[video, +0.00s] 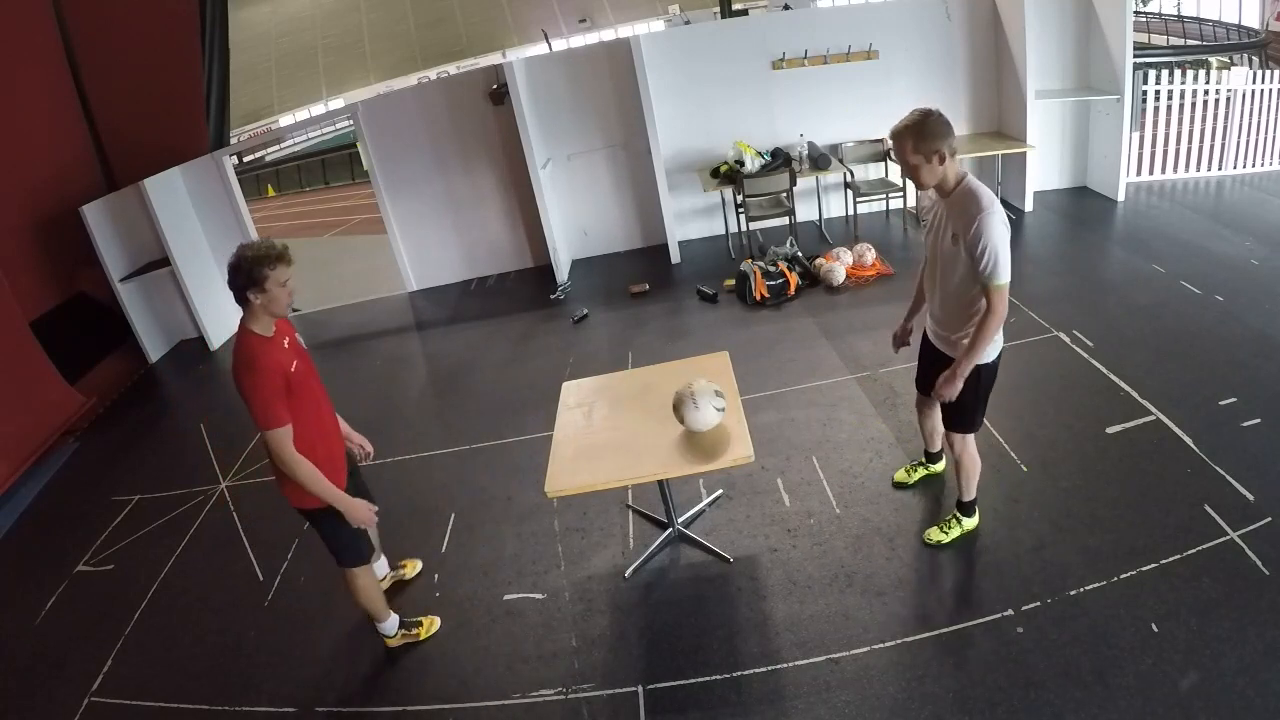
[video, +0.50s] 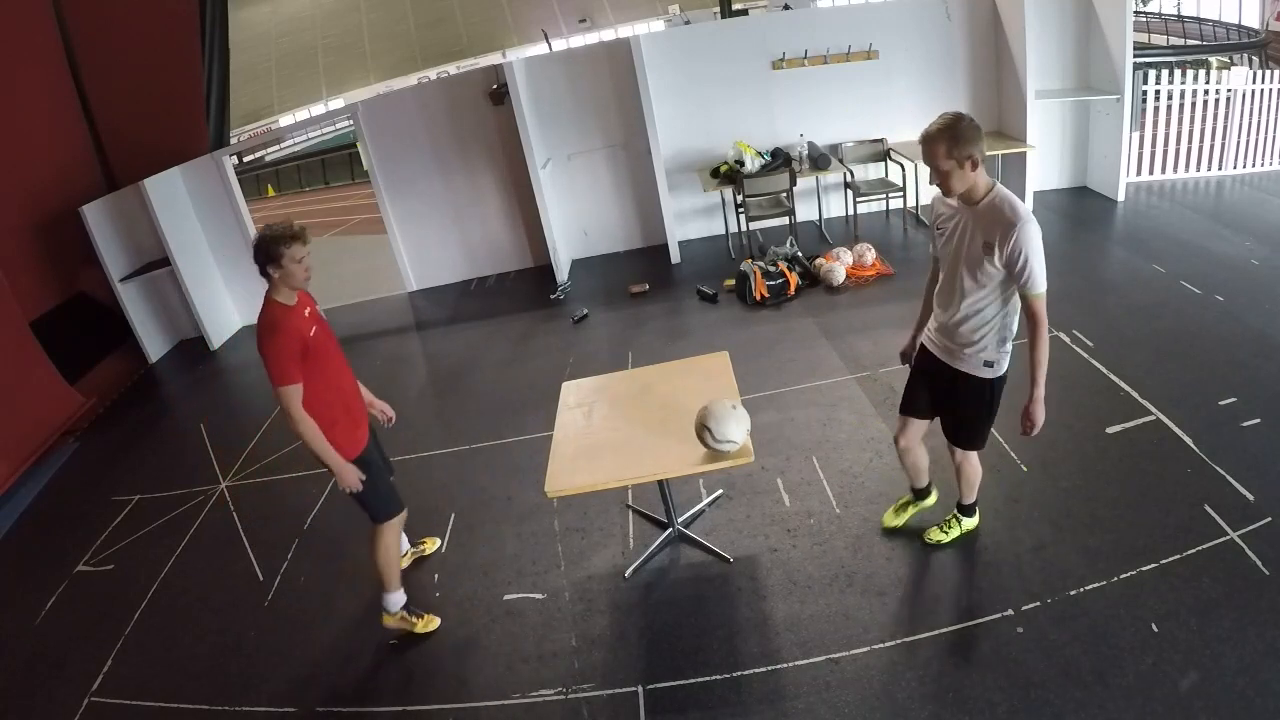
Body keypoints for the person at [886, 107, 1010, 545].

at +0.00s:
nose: (905, 174)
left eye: (909, 165)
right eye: (902, 165)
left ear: (939, 156)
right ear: (932, 157)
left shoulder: (982, 216)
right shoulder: (936, 200)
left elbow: (999, 307)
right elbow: (931, 269)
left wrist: (960, 370)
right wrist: (909, 320)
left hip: (971, 351)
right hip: (936, 336)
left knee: (959, 436)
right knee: (926, 401)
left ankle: (967, 512)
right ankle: (933, 459)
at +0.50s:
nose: (934, 179)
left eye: (940, 170)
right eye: (930, 170)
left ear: (972, 163)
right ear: (964, 162)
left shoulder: (1016, 223)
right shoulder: (941, 207)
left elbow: (1037, 319)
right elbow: (936, 276)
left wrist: (1037, 396)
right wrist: (917, 333)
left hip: (979, 362)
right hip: (934, 346)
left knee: (964, 450)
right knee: (906, 439)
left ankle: (967, 513)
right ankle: (921, 493)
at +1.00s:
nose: (920, 193)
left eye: (926, 184)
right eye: (917, 182)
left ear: (960, 178)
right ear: (918, 176)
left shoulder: (1004, 238)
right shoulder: (925, 222)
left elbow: (1022, 337)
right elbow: (916, 291)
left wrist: (1004, 418)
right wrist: (906, 346)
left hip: (963, 376)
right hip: (915, 350)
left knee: (946, 459)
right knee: (846, 414)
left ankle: (965, 515)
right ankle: (756, 505)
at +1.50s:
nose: (855, 230)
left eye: (860, 219)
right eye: (849, 221)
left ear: (889, 202)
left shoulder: (953, 244)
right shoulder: (873, 242)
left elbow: (1007, 323)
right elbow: (857, 308)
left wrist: (1027, 392)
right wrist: (823, 367)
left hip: (941, 378)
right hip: (900, 362)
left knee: (850, 457)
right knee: (889, 460)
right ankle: (896, 530)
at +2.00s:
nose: (830, 228)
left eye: (835, 218)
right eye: (827, 218)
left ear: (872, 212)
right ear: (870, 210)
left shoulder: (937, 275)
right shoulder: (860, 251)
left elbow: (976, 380)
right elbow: (860, 316)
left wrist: (974, 469)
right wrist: (837, 377)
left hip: (909, 426)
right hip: (860, 404)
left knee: (882, 523)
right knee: (829, 497)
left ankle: (899, 598)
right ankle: (880, 527)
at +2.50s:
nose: (820, 218)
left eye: (824, 207)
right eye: (819, 207)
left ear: (860, 209)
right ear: (862, 207)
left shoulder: (916, 294)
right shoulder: (883, 254)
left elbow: (928, 417)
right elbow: (871, 344)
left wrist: (882, 489)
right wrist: (839, 389)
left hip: (881, 441)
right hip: (845, 400)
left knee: (874, 531)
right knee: (757, 456)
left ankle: (897, 601)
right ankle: (775, 553)